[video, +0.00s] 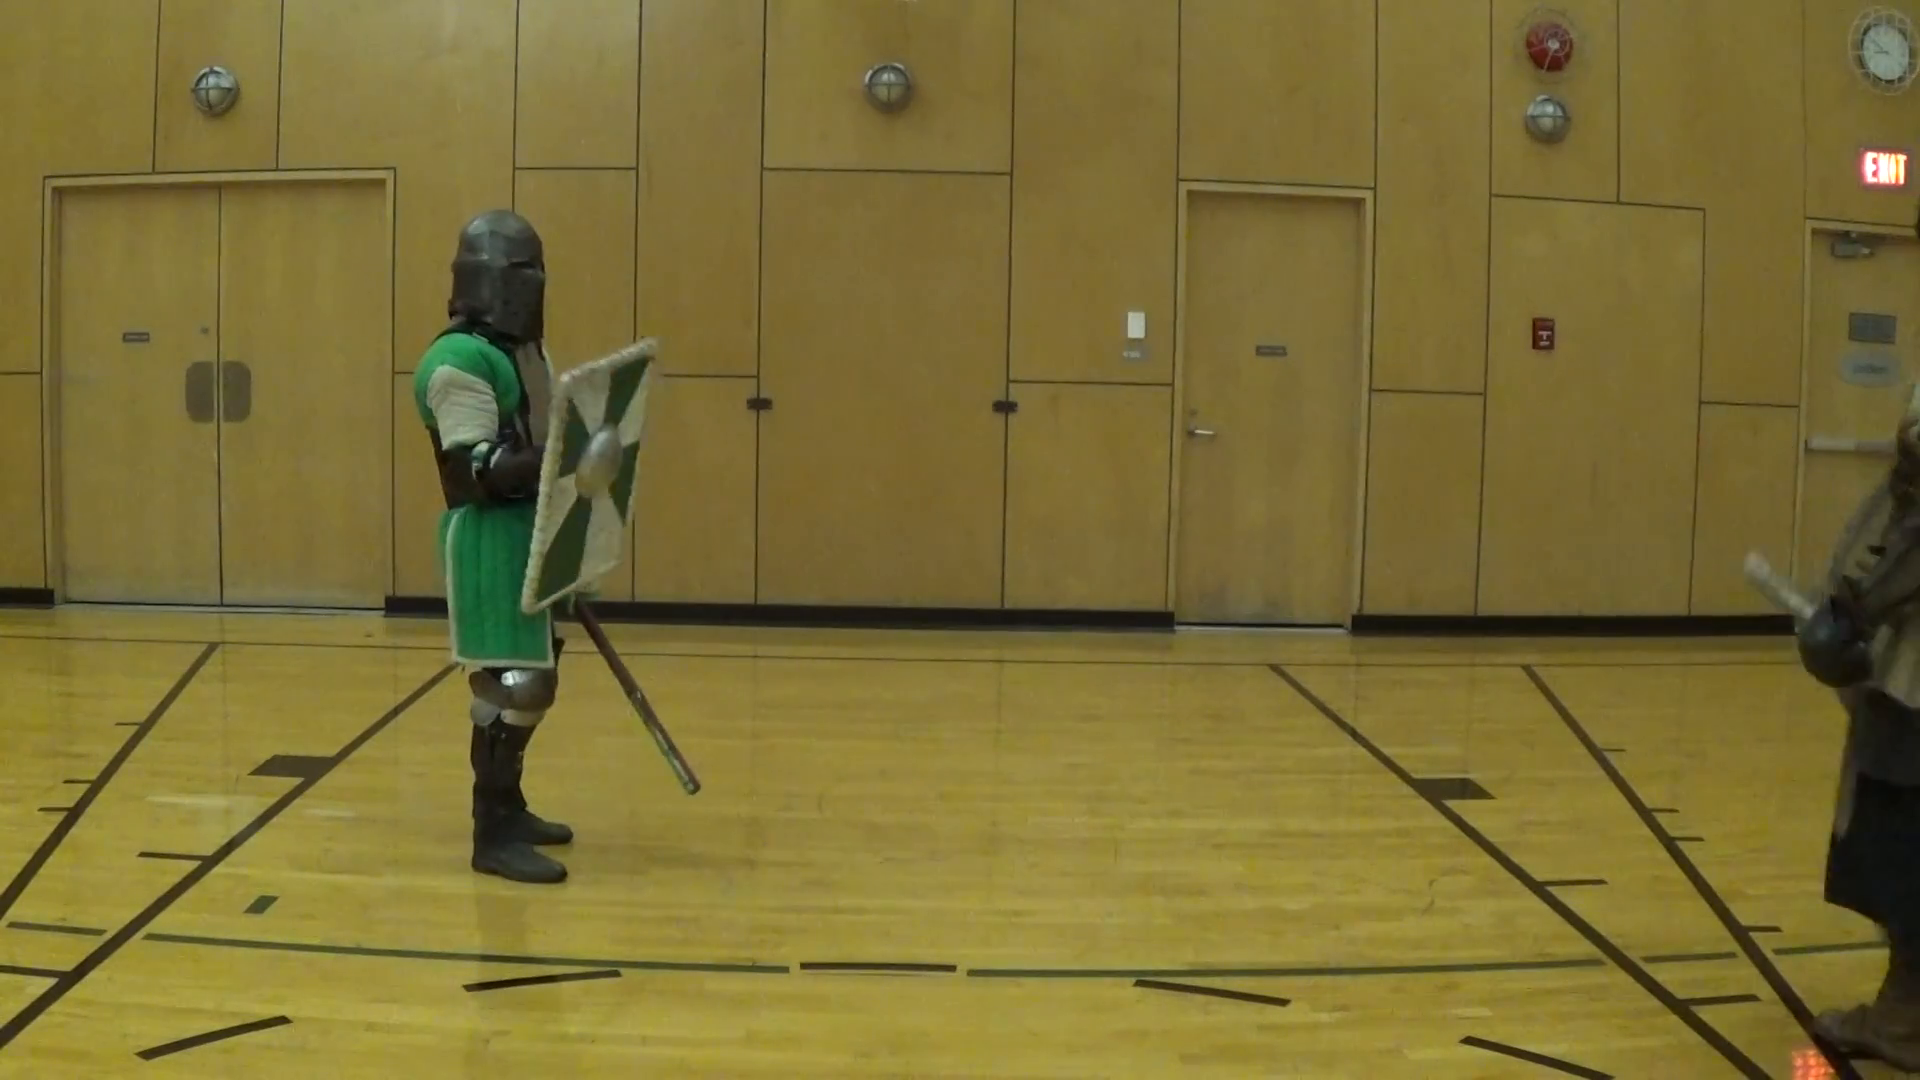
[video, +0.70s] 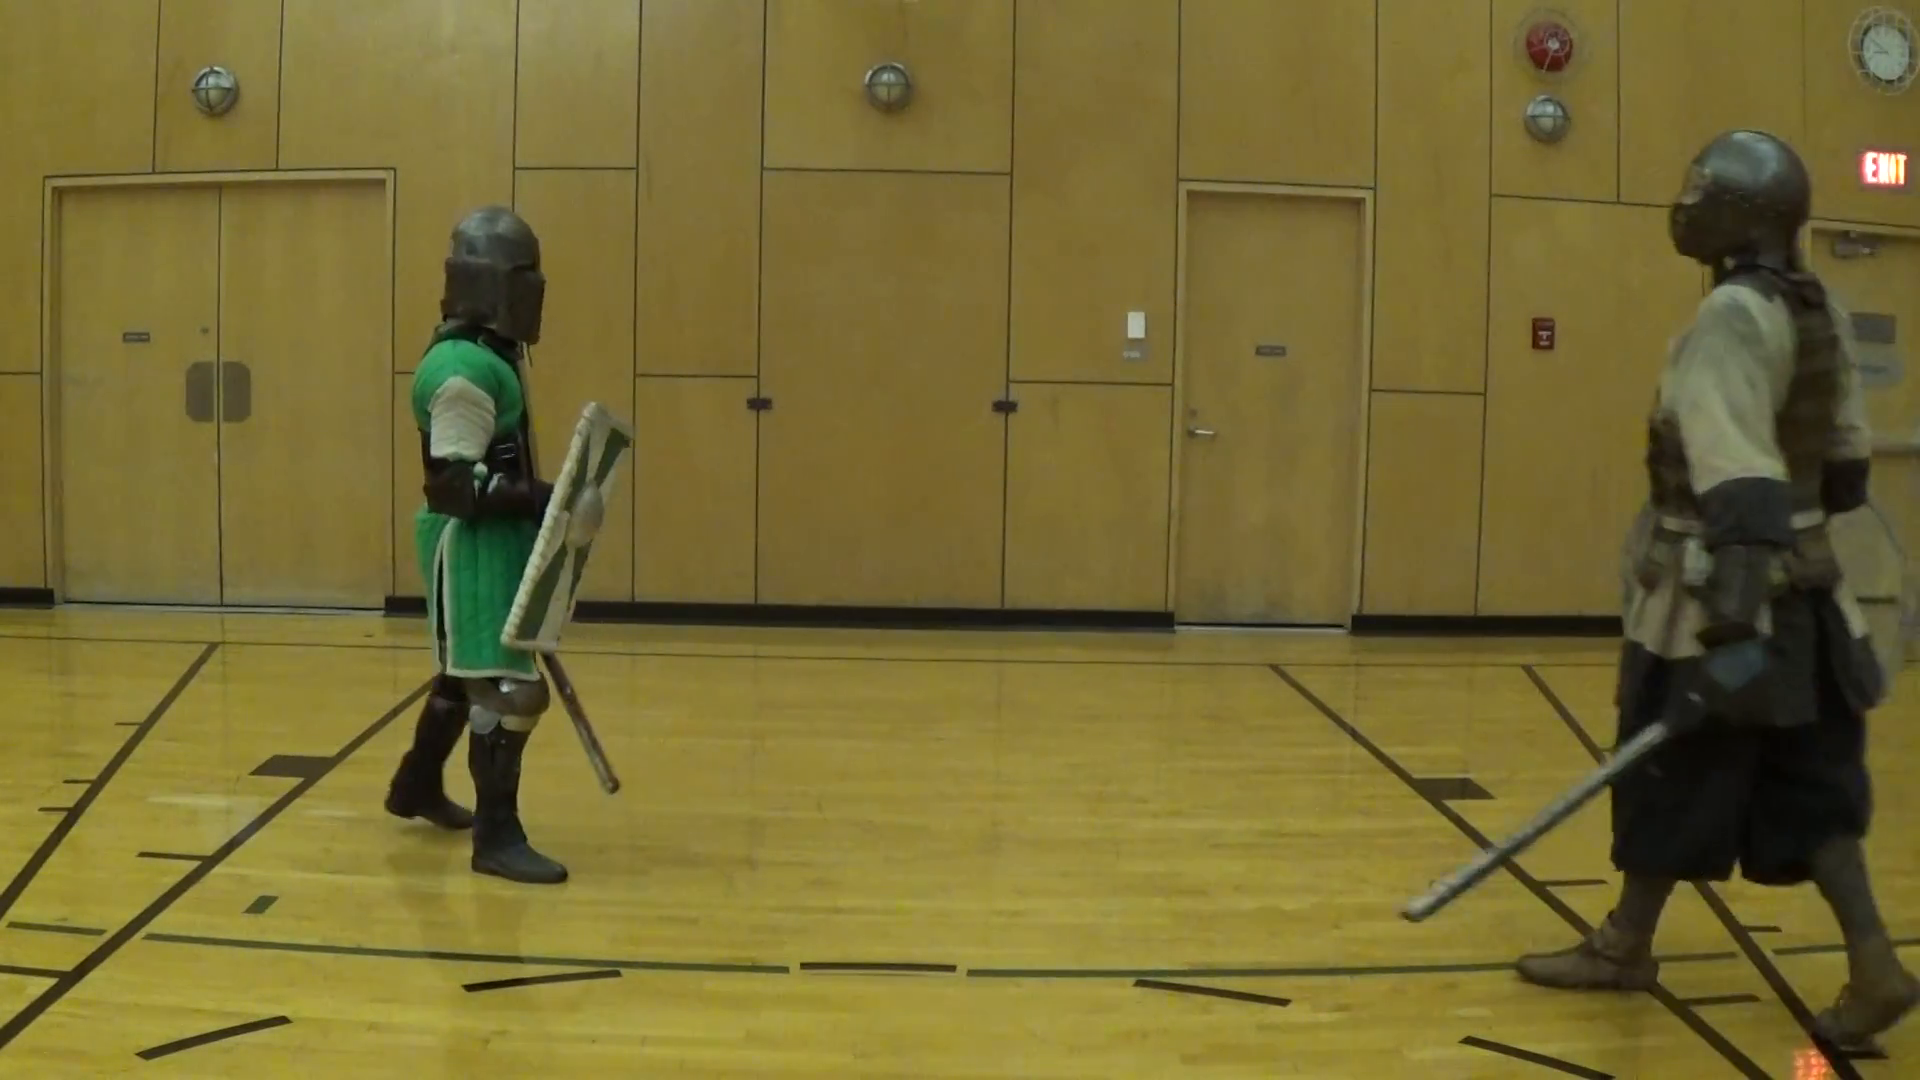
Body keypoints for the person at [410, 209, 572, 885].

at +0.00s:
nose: (533, 285)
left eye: (535, 272)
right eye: (520, 272)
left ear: (531, 277)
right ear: (481, 279)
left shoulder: (526, 357)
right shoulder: (457, 361)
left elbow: (549, 464)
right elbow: (473, 475)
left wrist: (566, 569)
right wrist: (568, 458)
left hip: (526, 531)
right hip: (483, 534)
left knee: (526, 678)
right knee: (511, 682)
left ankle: (506, 810)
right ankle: (492, 836)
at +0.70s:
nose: (536, 291)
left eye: (534, 278)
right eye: (526, 278)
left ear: (475, 284)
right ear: (492, 283)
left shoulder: (489, 361)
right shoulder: (462, 368)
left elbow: (493, 471)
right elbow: (450, 485)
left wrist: (546, 503)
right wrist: (540, 500)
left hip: (485, 537)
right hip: (471, 541)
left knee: (466, 672)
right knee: (512, 688)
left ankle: (416, 779)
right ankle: (498, 838)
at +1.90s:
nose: (489, 290)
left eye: (487, 278)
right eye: (477, 279)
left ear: (433, 291)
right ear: (442, 289)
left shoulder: (458, 362)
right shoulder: (426, 371)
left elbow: (479, 448)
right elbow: (441, 479)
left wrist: (531, 428)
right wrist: (534, 468)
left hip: (456, 533)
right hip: (455, 538)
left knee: (437, 669)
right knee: (504, 683)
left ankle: (398, 793)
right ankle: (488, 830)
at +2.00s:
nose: (498, 288)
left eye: (496, 276)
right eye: (484, 278)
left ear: (442, 294)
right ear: (448, 290)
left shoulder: (471, 361)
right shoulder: (433, 372)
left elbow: (506, 433)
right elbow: (466, 476)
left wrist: (551, 388)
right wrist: (549, 451)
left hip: (481, 530)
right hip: (465, 535)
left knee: (457, 673)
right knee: (507, 686)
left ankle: (403, 790)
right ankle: (488, 831)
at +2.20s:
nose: (521, 290)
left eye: (519, 276)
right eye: (509, 278)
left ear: (465, 291)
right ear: (476, 288)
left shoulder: (497, 357)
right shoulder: (452, 369)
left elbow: (559, 357)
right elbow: (508, 477)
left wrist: (607, 312)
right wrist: (577, 421)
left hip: (515, 529)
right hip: (477, 535)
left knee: (545, 667)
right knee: (507, 681)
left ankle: (448, 774)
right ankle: (487, 831)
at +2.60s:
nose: (575, 294)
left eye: (572, 281)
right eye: (562, 283)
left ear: (522, 296)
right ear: (523, 294)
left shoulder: (550, 360)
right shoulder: (501, 371)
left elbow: (621, 359)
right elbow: (557, 467)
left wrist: (652, 302)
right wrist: (619, 414)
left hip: (547, 531)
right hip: (517, 536)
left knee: (535, 672)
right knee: (587, 680)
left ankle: (473, 798)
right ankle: (543, 816)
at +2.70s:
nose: (598, 303)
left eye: (595, 290)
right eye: (586, 292)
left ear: (542, 299)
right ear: (554, 299)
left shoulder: (564, 363)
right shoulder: (526, 375)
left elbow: (631, 354)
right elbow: (576, 470)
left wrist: (667, 303)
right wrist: (633, 426)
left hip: (555, 539)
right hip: (538, 543)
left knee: (539, 680)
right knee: (601, 684)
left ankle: (473, 800)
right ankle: (614, 834)